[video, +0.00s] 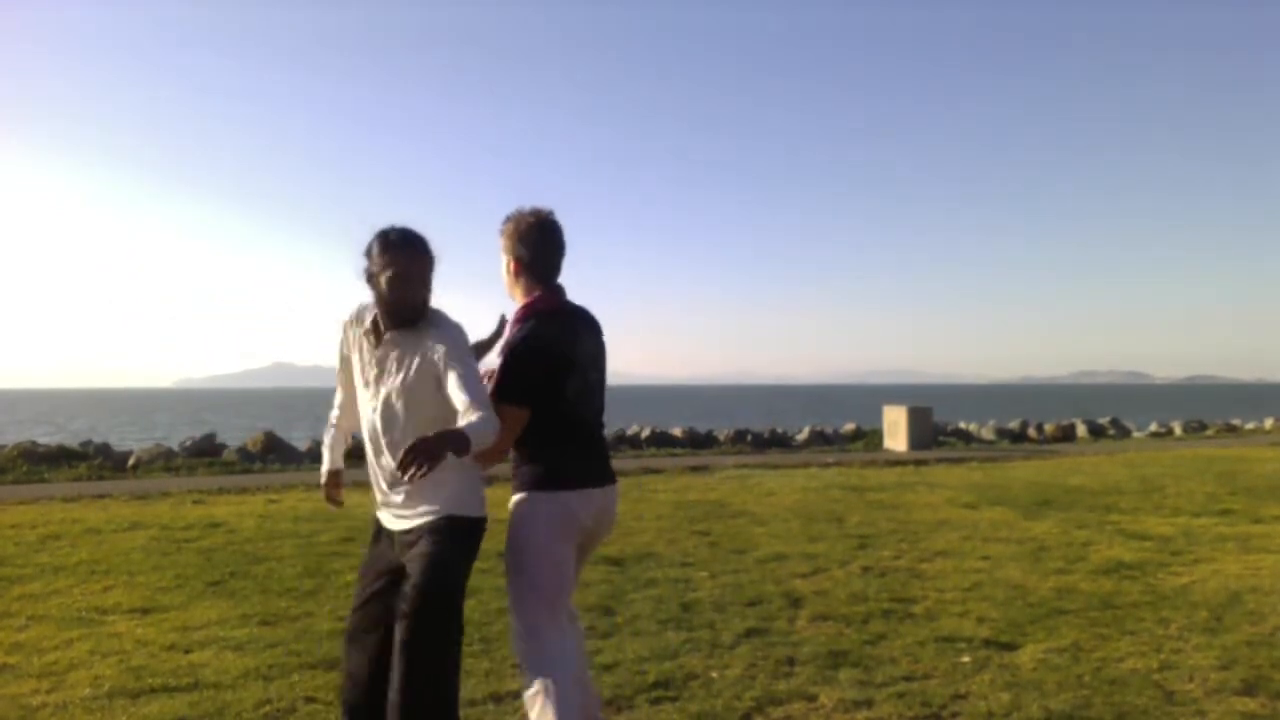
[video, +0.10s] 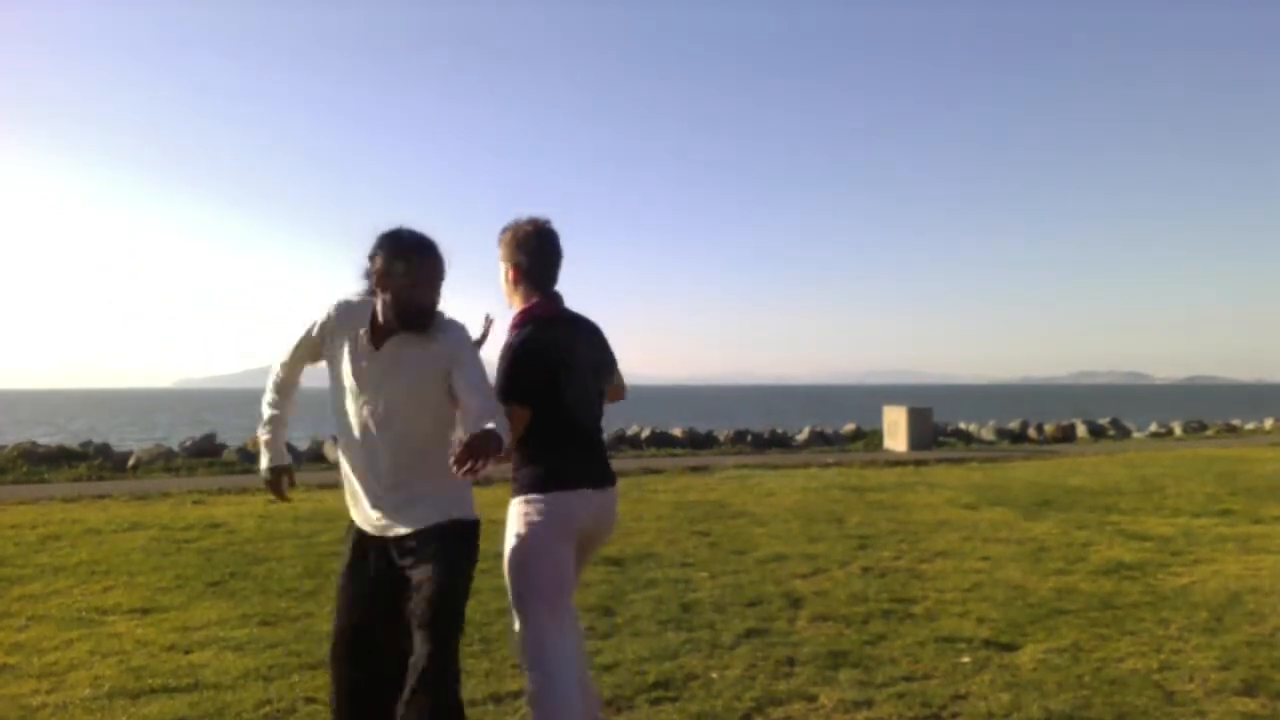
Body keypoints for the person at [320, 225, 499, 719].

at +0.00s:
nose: (407, 285)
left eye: (417, 273)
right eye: (393, 274)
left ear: (431, 276)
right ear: (372, 279)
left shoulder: (443, 335)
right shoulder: (356, 332)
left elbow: (484, 422)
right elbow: (346, 403)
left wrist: (446, 441)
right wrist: (332, 458)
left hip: (446, 518)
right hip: (391, 518)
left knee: (417, 641)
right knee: (364, 639)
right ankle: (362, 714)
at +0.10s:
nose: (433, 296)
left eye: (437, 283)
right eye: (421, 284)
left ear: (441, 281)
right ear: (381, 282)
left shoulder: (450, 340)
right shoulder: (341, 322)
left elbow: (486, 412)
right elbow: (286, 371)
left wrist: (487, 436)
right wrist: (272, 444)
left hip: (439, 524)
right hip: (370, 525)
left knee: (431, 658)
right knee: (356, 662)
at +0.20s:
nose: (449, 296)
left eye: (449, 283)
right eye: (440, 282)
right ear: (395, 280)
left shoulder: (447, 345)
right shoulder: (329, 325)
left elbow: (483, 419)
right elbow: (238, 356)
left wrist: (512, 438)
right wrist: (219, 452)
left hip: (429, 519)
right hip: (353, 528)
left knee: (431, 651)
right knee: (354, 681)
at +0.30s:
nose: (454, 292)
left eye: (453, 279)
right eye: (444, 278)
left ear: (399, 281)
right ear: (397, 278)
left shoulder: (437, 344)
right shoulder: (327, 324)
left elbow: (472, 412)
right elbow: (226, 359)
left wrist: (522, 431)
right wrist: (178, 455)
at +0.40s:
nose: (448, 288)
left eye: (446, 275)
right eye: (437, 274)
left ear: (402, 278)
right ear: (394, 276)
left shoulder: (421, 343)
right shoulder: (327, 323)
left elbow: (464, 403)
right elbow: (218, 377)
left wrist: (525, 423)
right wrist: (158, 476)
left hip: (387, 522)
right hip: (306, 525)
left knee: (400, 679)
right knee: (290, 685)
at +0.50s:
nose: (429, 280)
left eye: (426, 267)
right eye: (416, 265)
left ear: (385, 270)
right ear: (372, 265)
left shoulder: (402, 334)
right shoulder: (315, 320)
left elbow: (443, 382)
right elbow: (207, 384)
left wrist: (521, 408)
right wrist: (153, 496)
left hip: (365, 522)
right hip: (282, 523)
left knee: (392, 682)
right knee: (235, 679)